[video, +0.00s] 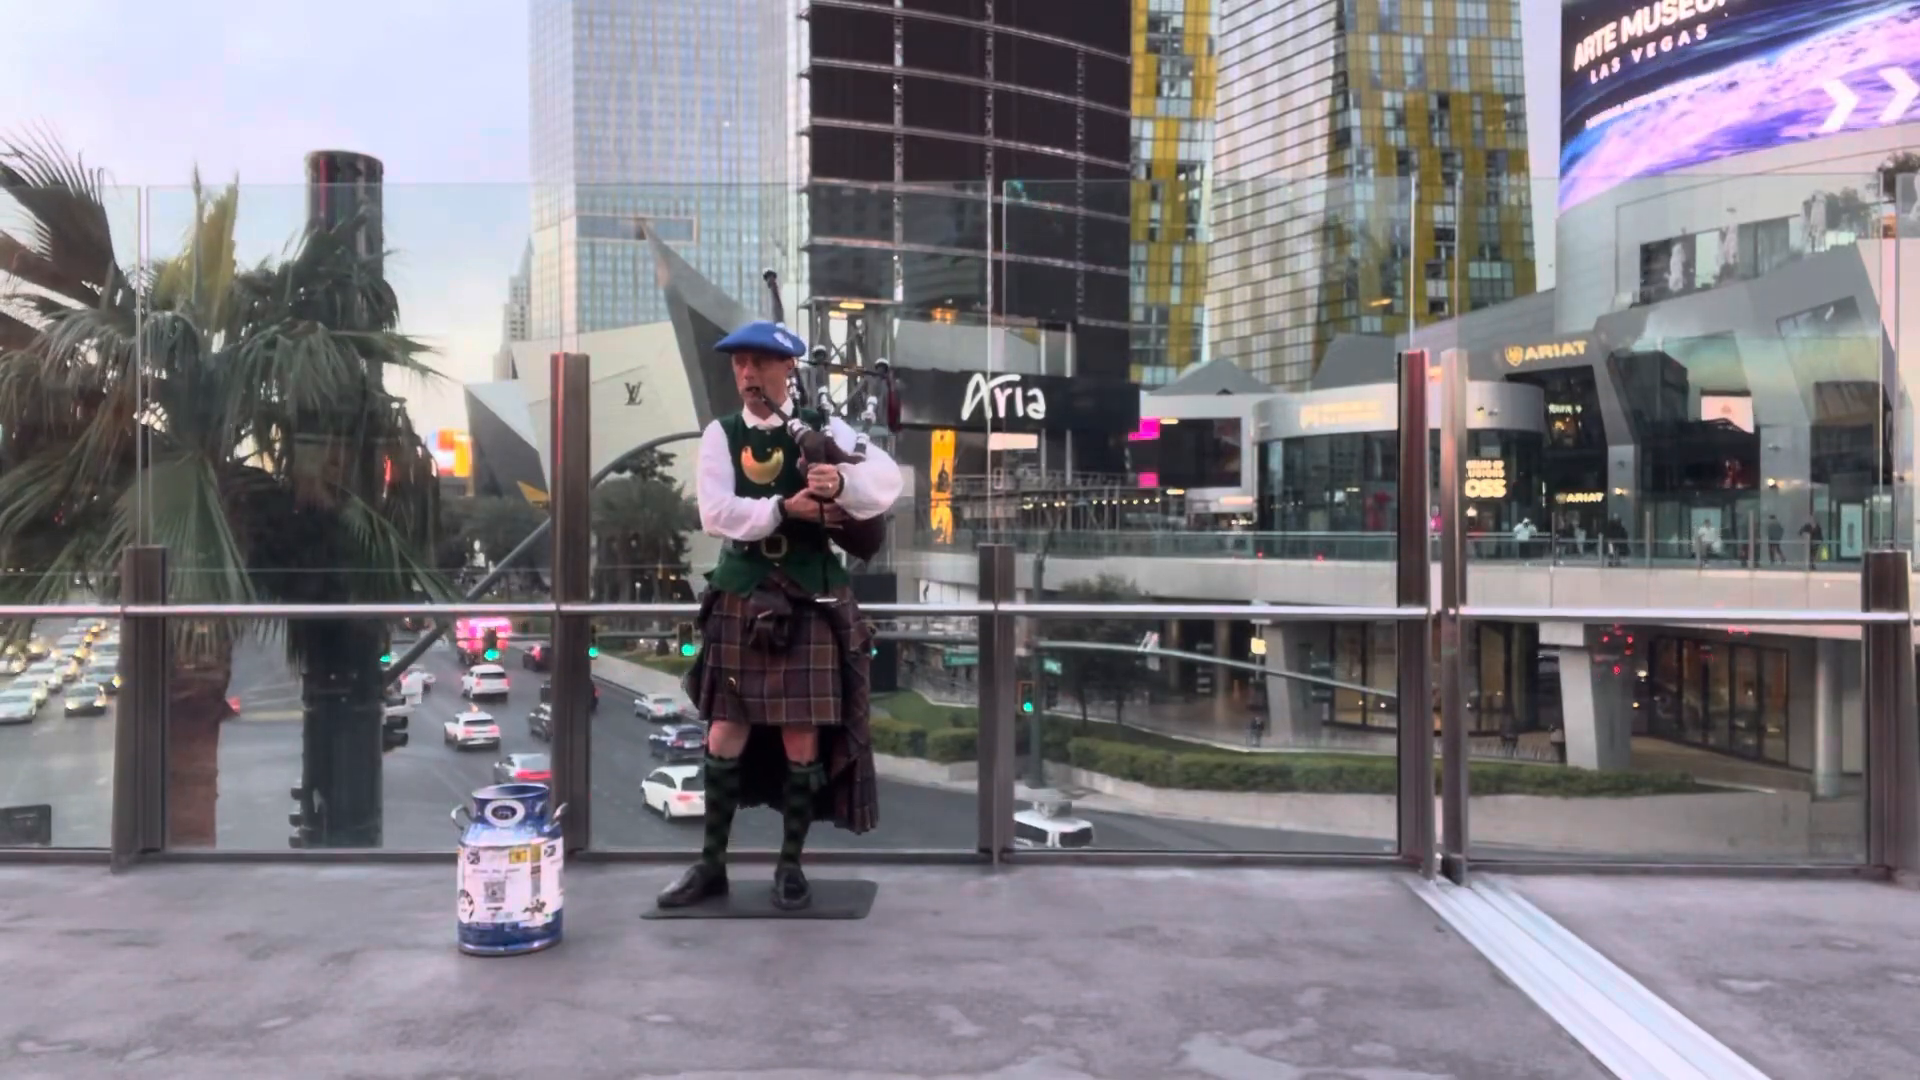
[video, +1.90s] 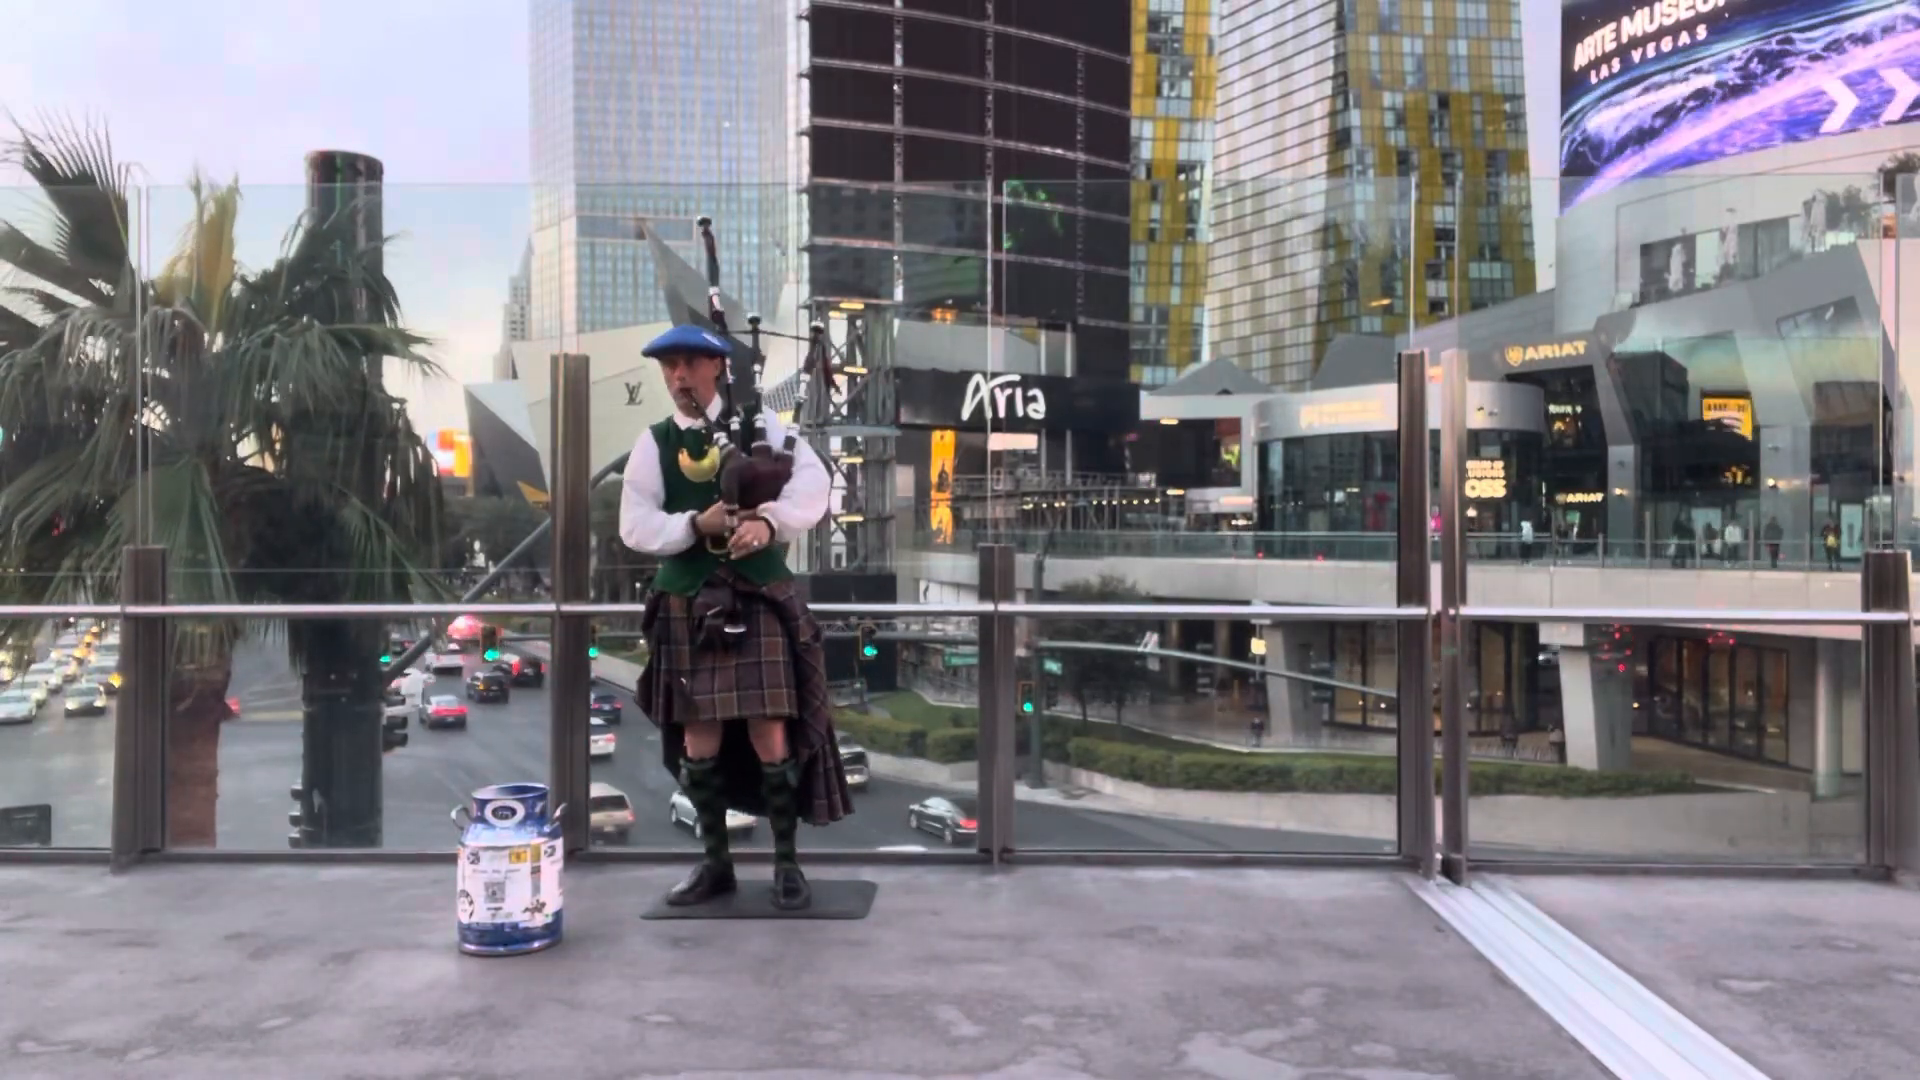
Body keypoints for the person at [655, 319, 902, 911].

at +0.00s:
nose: (746, 372)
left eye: (759, 361)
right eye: (740, 362)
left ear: (789, 367)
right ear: (732, 370)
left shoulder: (824, 429)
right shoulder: (721, 433)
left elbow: (890, 480)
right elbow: (715, 511)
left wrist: (842, 482)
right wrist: (784, 509)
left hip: (810, 595)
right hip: (741, 593)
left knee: (800, 731)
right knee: (725, 730)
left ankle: (790, 864)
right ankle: (712, 865)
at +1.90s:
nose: (678, 374)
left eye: (690, 362)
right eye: (669, 363)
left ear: (717, 366)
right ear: (662, 371)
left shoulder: (763, 428)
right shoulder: (654, 443)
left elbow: (816, 484)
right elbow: (634, 527)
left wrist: (770, 520)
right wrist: (695, 524)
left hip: (760, 592)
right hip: (687, 597)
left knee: (769, 729)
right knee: (699, 732)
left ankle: (786, 864)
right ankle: (715, 864)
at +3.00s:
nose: (673, 373)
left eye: (684, 362)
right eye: (663, 363)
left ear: (708, 368)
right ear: (651, 373)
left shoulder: (745, 428)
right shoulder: (639, 449)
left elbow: (794, 479)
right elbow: (621, 536)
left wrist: (745, 525)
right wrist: (661, 564)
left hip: (743, 594)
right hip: (672, 599)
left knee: (757, 728)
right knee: (687, 730)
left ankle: (782, 860)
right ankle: (716, 863)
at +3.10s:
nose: (677, 372)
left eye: (689, 360)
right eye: (667, 362)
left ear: (712, 369)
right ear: (654, 371)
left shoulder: (748, 428)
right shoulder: (641, 448)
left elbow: (797, 479)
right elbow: (623, 534)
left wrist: (751, 523)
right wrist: (665, 563)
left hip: (747, 594)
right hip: (676, 599)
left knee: (758, 727)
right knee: (688, 728)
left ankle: (780, 855)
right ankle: (715, 862)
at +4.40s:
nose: (747, 372)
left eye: (759, 361)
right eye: (738, 361)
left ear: (783, 368)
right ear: (727, 370)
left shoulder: (818, 426)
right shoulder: (709, 443)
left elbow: (862, 486)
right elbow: (687, 525)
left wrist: (812, 528)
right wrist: (726, 564)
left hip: (801, 597)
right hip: (729, 595)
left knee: (789, 729)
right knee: (714, 734)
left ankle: (781, 863)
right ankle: (723, 863)